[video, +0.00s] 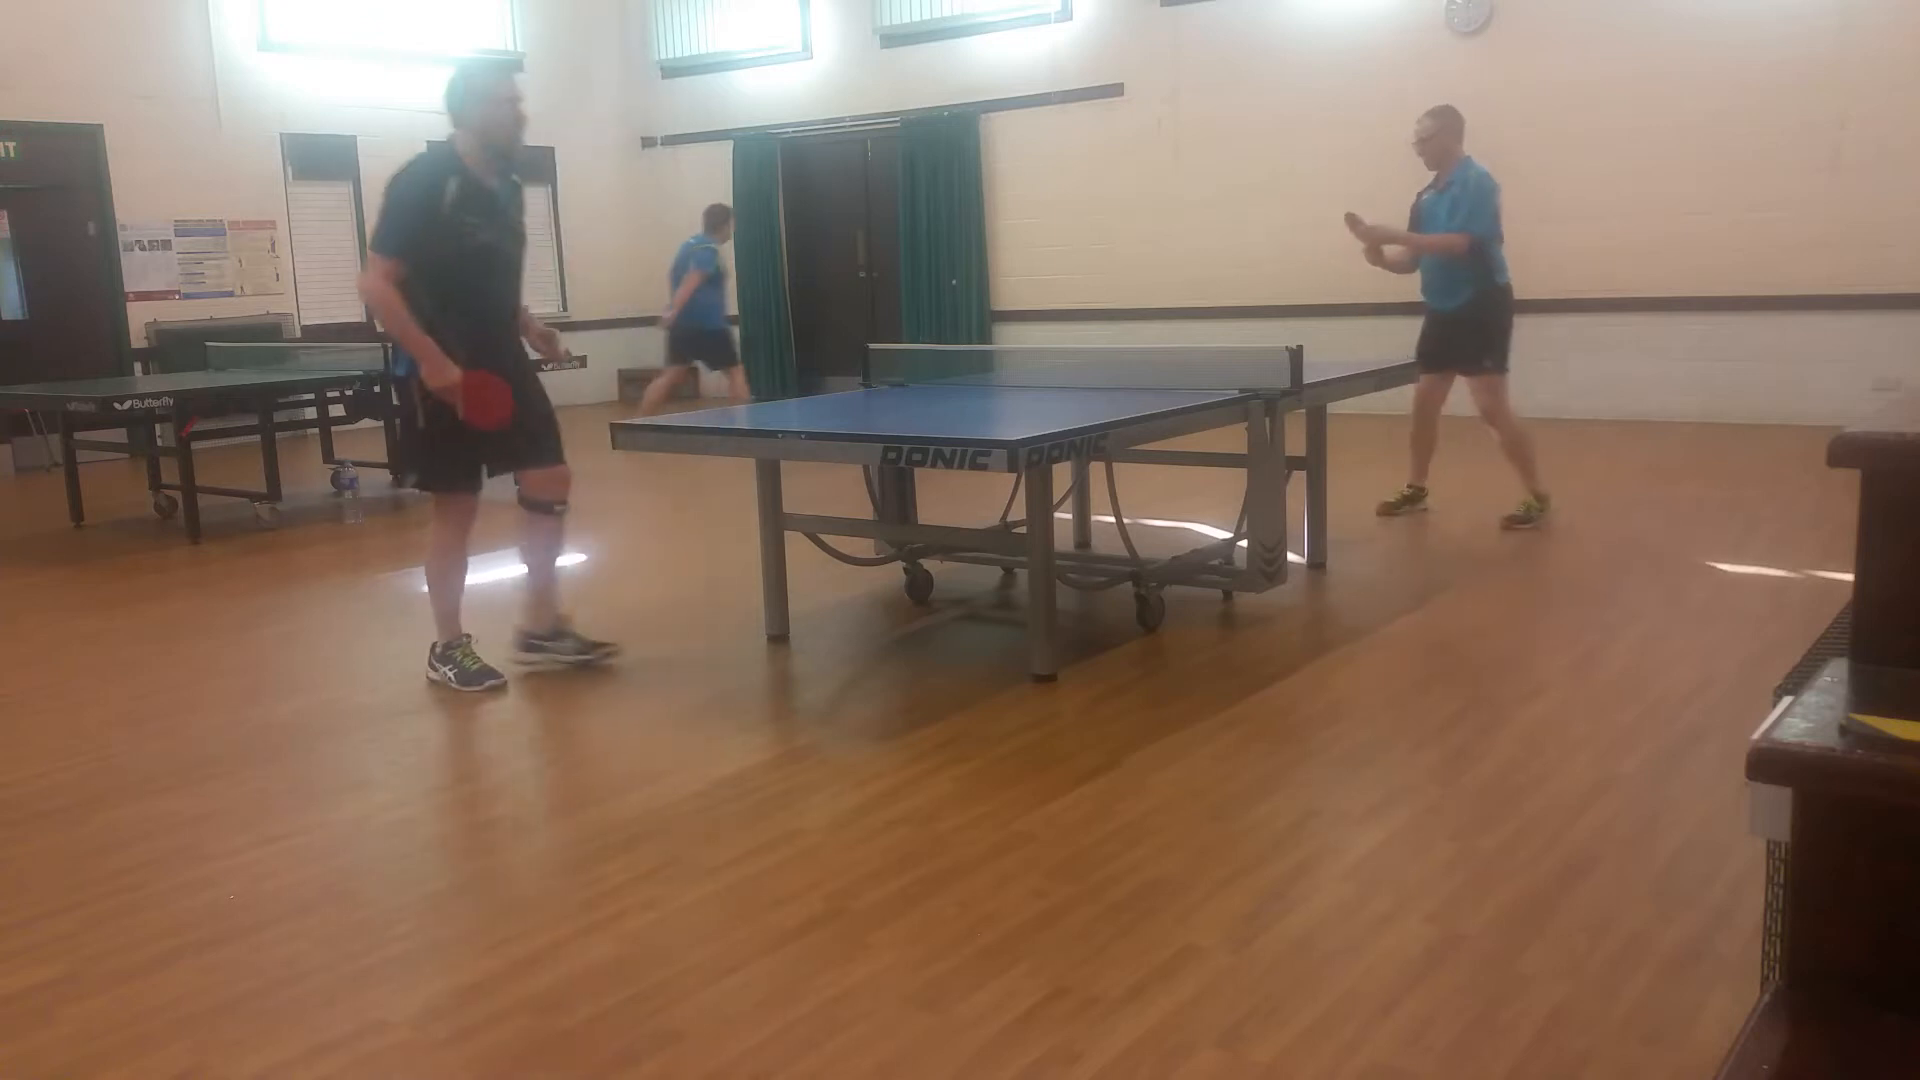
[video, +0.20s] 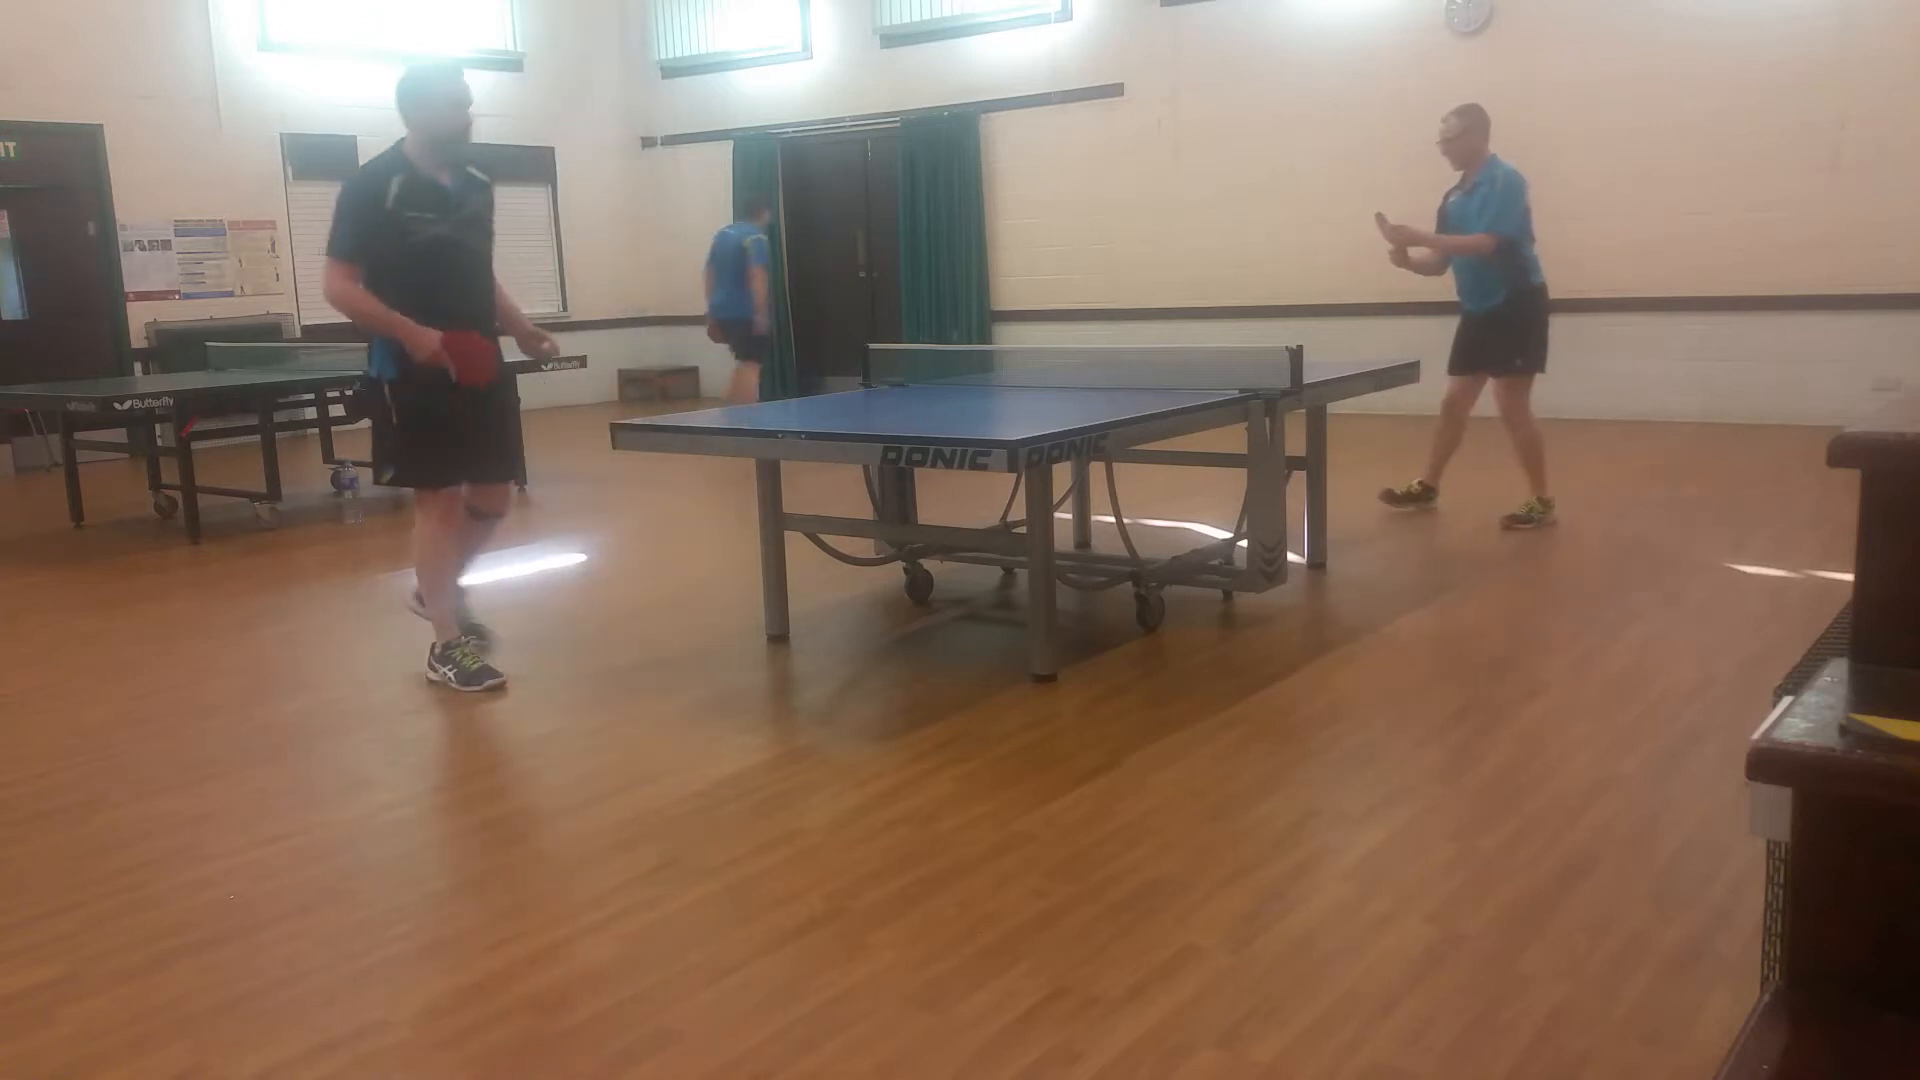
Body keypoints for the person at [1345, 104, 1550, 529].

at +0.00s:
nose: (1417, 146)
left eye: (1424, 138)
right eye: (1416, 139)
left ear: (1451, 138)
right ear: (1431, 141)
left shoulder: (1477, 181)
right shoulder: (1427, 197)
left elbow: (1463, 243)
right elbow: (1412, 258)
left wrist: (1393, 237)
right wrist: (1380, 257)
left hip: (1483, 305)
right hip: (1443, 309)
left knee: (1492, 408)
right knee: (1426, 400)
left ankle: (1538, 497)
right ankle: (1416, 489)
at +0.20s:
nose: (1442, 148)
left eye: (1449, 139)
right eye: (1440, 140)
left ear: (1475, 136)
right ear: (1457, 141)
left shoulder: (1506, 180)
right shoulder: (1452, 199)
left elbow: (1491, 242)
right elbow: (1439, 263)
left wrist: (1421, 238)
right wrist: (1407, 261)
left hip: (1519, 305)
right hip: (1478, 310)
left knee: (1512, 406)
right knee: (1454, 402)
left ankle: (1542, 501)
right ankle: (1428, 487)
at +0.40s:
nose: (1455, 144)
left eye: (1463, 134)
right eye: (1454, 136)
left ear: (1489, 132)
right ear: (1470, 137)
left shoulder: (1523, 176)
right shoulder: (1466, 193)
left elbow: (1509, 241)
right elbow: (1456, 257)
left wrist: (1438, 234)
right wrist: (1425, 257)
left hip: (1532, 302)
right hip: (1491, 305)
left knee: (1526, 401)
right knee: (1471, 396)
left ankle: (1542, 501)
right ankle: (1475, 489)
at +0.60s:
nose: (1458, 144)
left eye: (1465, 135)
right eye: (1456, 136)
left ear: (1492, 132)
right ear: (1471, 137)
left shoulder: (1525, 177)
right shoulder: (1465, 192)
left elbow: (1514, 241)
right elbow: (1455, 257)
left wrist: (1445, 234)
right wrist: (1429, 257)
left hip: (1534, 300)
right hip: (1492, 304)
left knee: (1530, 398)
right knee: (1481, 397)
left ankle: (1542, 501)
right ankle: (1485, 489)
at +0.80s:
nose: (1449, 142)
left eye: (1457, 135)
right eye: (1449, 135)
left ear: (1483, 137)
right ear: (1458, 138)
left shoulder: (1514, 180)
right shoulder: (1456, 199)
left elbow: (1516, 243)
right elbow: (1454, 264)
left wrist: (1434, 242)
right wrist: (1431, 267)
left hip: (1535, 299)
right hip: (1492, 304)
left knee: (1530, 399)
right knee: (1484, 400)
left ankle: (1543, 500)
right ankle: (1485, 489)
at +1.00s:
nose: (1444, 144)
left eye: (1452, 137)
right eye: (1443, 137)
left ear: (1479, 138)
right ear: (1454, 141)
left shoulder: (1512, 181)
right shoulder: (1451, 203)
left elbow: (1529, 245)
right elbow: (1457, 268)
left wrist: (1462, 260)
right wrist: (1433, 272)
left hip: (1535, 297)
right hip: (1492, 304)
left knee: (1535, 398)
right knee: (1485, 399)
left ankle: (1561, 498)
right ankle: (1485, 490)